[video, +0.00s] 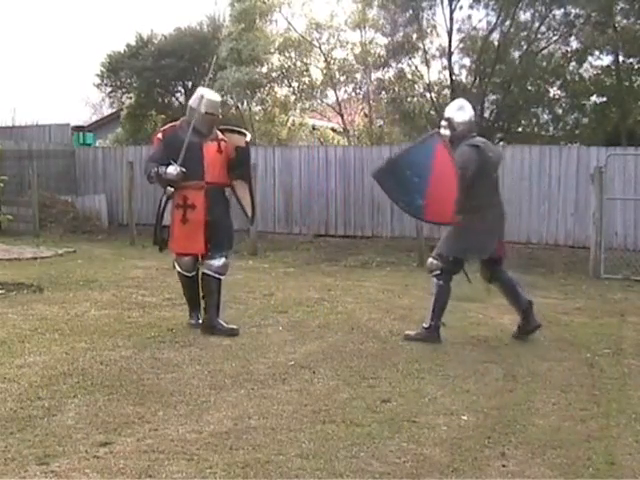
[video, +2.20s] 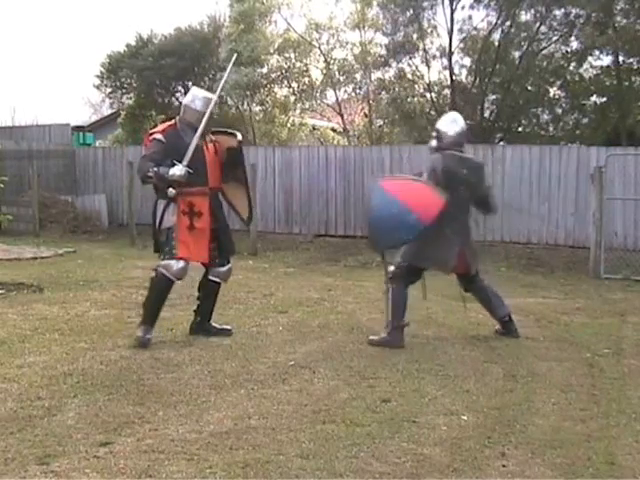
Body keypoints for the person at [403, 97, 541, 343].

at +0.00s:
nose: (447, 129)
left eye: (451, 124)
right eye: (447, 124)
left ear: (463, 124)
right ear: (470, 124)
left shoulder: (466, 151)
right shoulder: (485, 147)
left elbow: (454, 188)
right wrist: (447, 147)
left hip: (471, 222)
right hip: (491, 221)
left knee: (442, 270)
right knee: (493, 270)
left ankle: (432, 327)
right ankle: (527, 316)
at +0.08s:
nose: (447, 130)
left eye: (450, 125)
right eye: (446, 125)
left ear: (462, 125)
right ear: (470, 125)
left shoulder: (464, 152)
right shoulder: (486, 148)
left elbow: (446, 181)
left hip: (469, 222)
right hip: (492, 221)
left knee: (442, 270)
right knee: (489, 269)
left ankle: (432, 327)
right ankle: (520, 314)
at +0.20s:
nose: (449, 129)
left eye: (452, 124)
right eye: (448, 124)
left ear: (464, 125)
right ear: (473, 125)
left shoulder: (466, 155)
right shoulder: (490, 150)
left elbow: (442, 178)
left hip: (472, 224)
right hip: (494, 222)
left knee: (441, 269)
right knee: (492, 270)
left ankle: (432, 327)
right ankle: (515, 321)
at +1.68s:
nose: (452, 126)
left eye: (454, 122)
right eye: (453, 122)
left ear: (460, 123)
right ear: (476, 122)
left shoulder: (466, 150)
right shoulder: (487, 149)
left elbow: (451, 181)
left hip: (465, 219)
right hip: (487, 219)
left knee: (442, 268)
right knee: (489, 270)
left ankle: (433, 327)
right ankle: (515, 322)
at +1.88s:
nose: (451, 136)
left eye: (453, 132)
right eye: (453, 132)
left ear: (459, 133)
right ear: (480, 133)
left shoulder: (461, 157)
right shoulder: (494, 159)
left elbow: (457, 196)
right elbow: (505, 203)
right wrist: (479, 198)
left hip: (459, 229)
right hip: (487, 231)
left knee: (421, 262)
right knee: (488, 276)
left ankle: (422, 322)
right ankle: (510, 322)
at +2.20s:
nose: (435, 137)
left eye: (438, 133)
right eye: (437, 133)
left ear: (441, 135)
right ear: (462, 137)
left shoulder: (438, 162)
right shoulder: (475, 166)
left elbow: (429, 200)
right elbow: (486, 205)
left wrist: (415, 183)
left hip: (432, 238)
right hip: (459, 239)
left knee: (398, 277)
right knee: (471, 281)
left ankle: (394, 333)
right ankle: (507, 323)